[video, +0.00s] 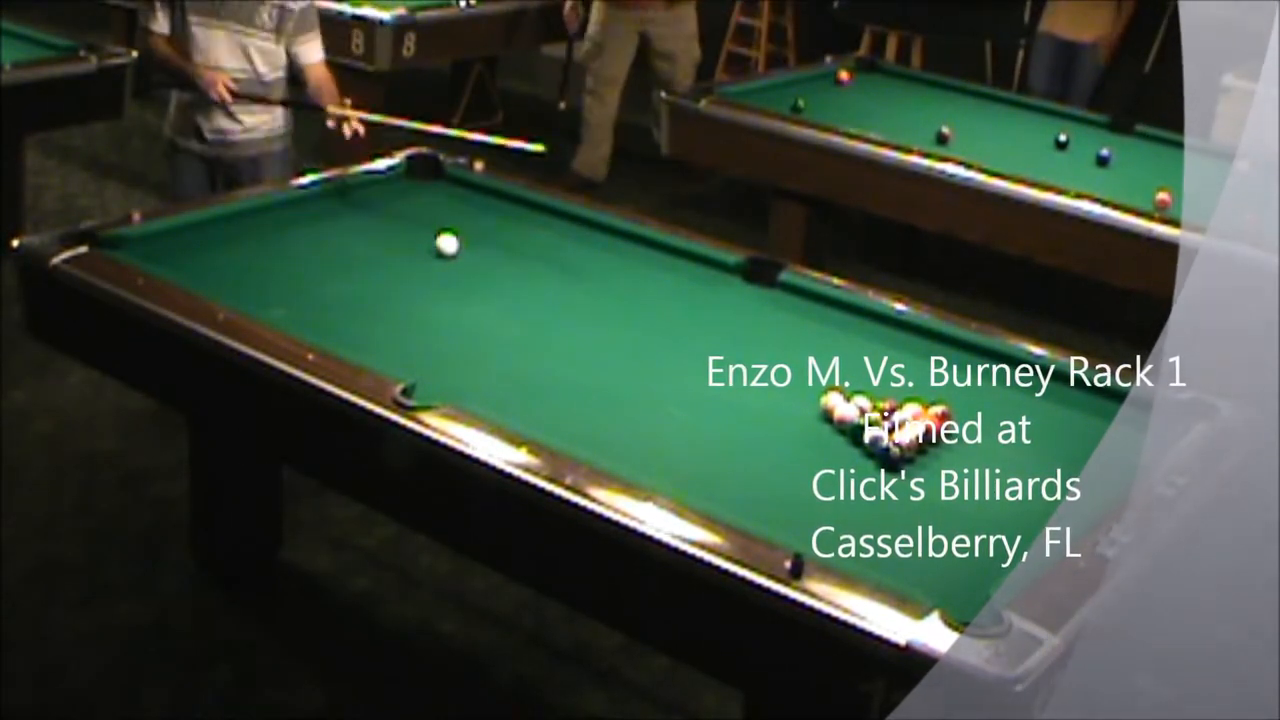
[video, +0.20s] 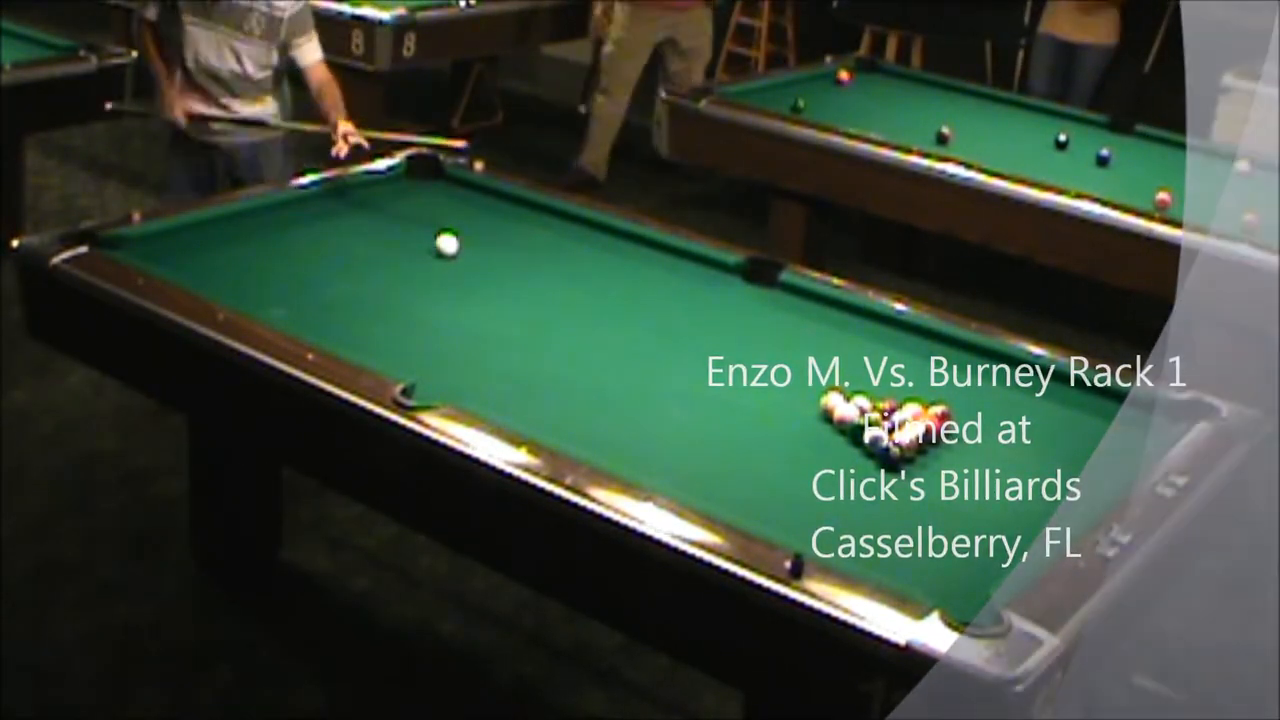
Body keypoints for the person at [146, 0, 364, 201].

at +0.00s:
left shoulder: (295, 6)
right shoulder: (176, 6)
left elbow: (314, 66)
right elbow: (154, 39)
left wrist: (334, 105)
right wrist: (197, 74)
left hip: (264, 147)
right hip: (194, 144)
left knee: (261, 250)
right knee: (188, 247)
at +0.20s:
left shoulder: (290, 10)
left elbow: (318, 74)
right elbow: (145, 24)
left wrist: (339, 121)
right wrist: (168, 86)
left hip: (261, 141)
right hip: (193, 135)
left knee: (263, 241)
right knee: (184, 238)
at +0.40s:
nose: (259, 20)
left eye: (264, 14)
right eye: (248, 15)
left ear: (276, 3)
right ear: (224, 7)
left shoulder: (297, 25)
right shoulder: (199, 9)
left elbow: (338, 108)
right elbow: (143, 9)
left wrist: (353, 162)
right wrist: (141, 61)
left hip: (273, 147)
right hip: (205, 137)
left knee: (271, 244)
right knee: (197, 238)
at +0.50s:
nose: (277, 41)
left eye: (284, 31)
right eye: (268, 34)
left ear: (292, 18)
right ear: (237, 27)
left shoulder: (302, 39)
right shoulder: (199, 20)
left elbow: (343, 125)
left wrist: (357, 181)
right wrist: (170, 69)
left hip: (281, 143)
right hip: (209, 133)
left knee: (280, 235)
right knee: (201, 231)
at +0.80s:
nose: (281, 79)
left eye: (288, 68)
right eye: (271, 69)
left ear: (298, 53)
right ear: (246, 54)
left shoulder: (306, 71)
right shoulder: (198, 26)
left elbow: (346, 143)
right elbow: (152, 26)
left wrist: (368, 192)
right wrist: (179, 95)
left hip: (279, 148)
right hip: (213, 133)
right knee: (195, 226)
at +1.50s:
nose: (283, 118)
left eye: (290, 109)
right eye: (272, 109)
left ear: (299, 85)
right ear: (242, 80)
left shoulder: (304, 76)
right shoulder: (200, 53)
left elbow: (348, 145)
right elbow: (162, 15)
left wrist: (373, 194)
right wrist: (173, 102)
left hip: (272, 145)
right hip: (208, 135)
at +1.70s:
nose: (284, 120)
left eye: (291, 113)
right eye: (274, 112)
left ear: (301, 87)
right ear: (244, 82)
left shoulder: (304, 75)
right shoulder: (202, 53)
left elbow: (350, 144)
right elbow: (168, 11)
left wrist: (373, 194)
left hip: (274, 141)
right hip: (212, 126)